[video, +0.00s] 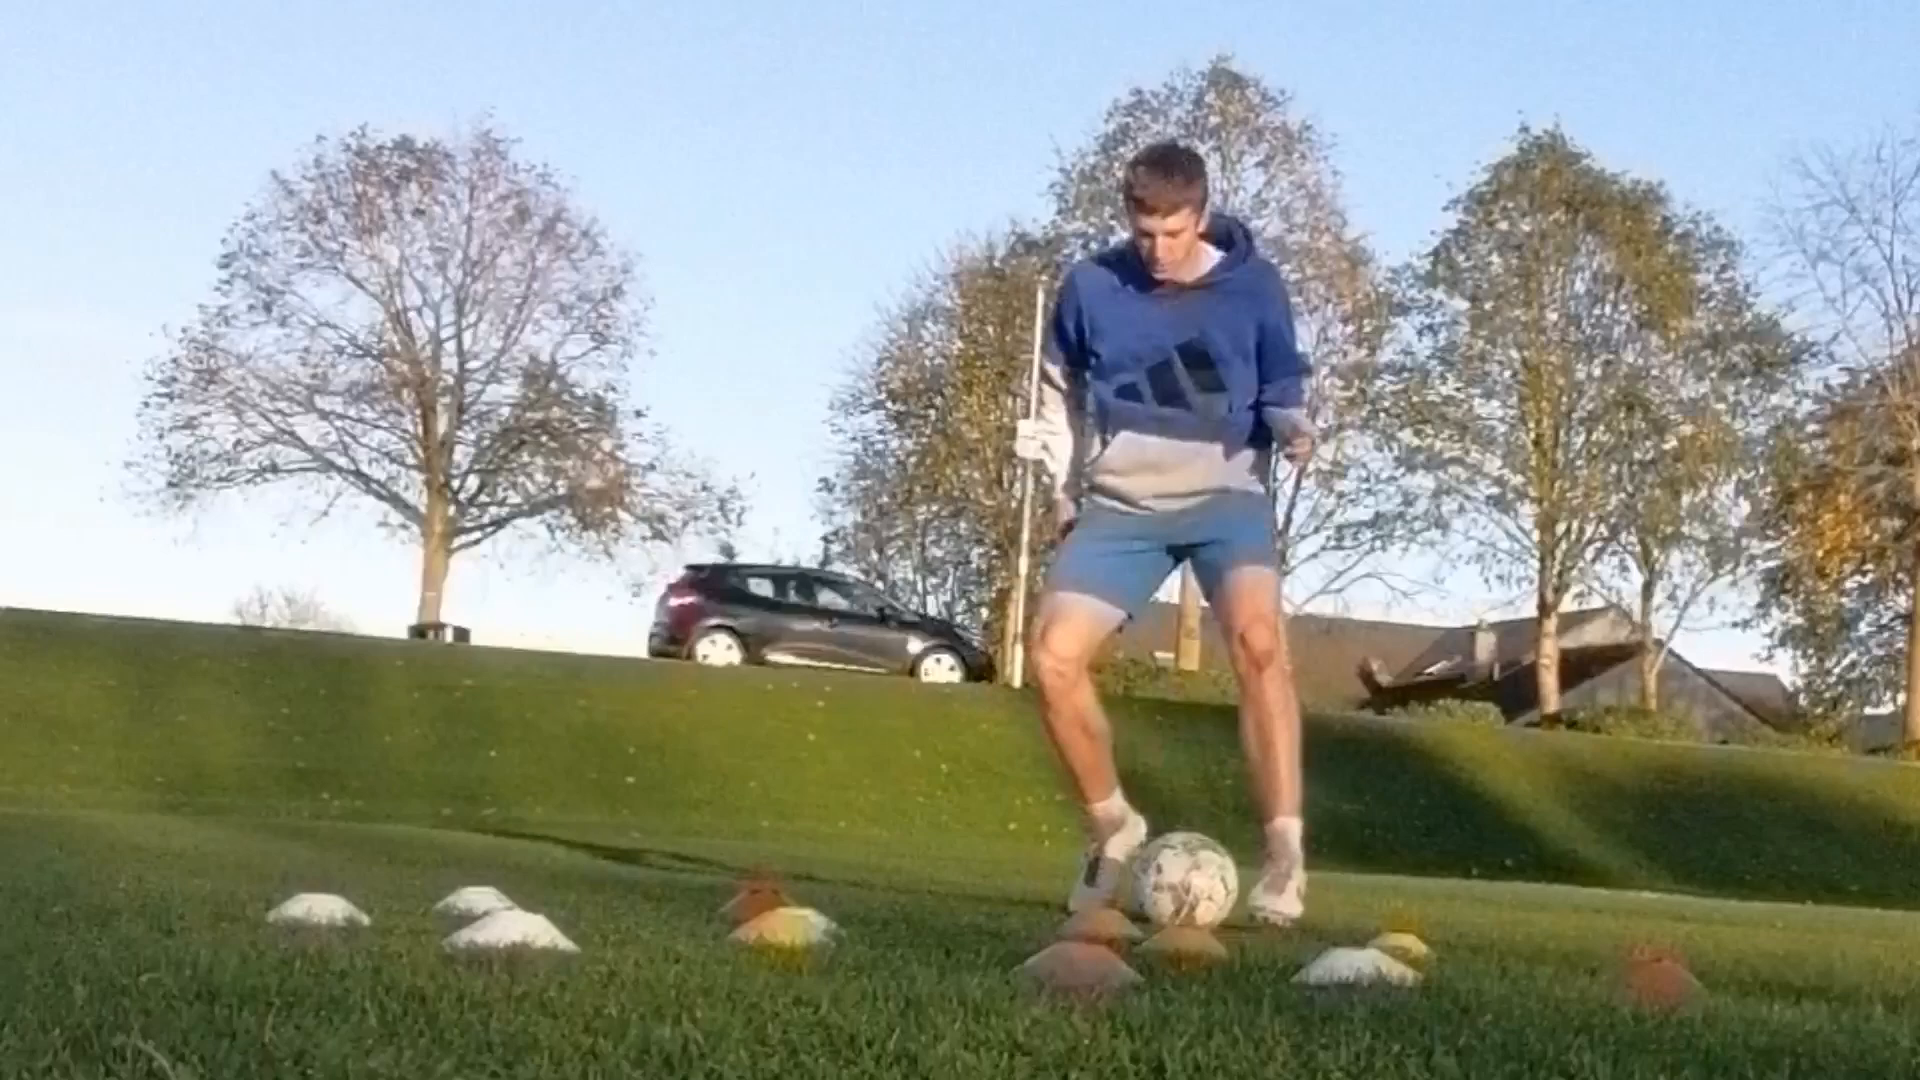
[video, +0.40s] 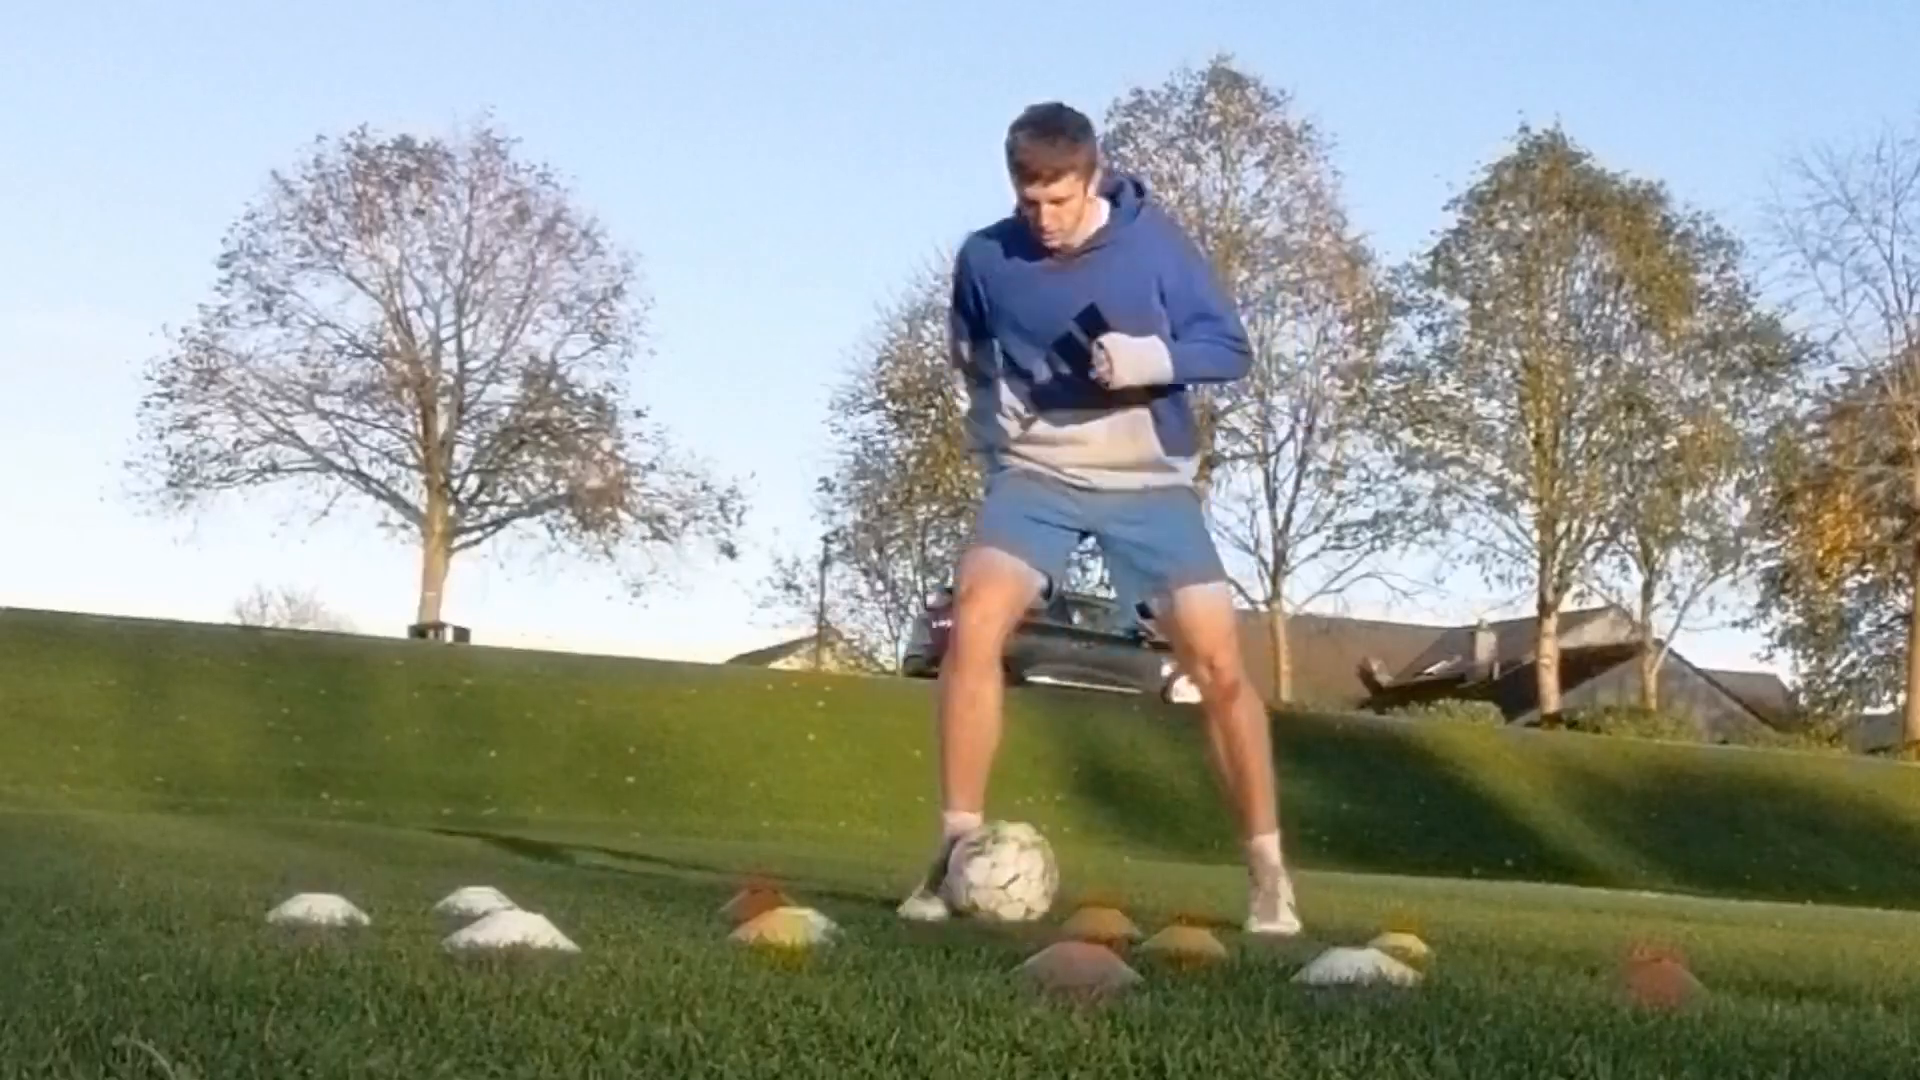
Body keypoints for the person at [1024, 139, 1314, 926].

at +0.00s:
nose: (1154, 243)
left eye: (1169, 229)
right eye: (1143, 227)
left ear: (1199, 213)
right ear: (1127, 212)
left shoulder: (1255, 285)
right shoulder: (1088, 288)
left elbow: (1283, 393)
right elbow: (1055, 394)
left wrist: (1292, 429)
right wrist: (1062, 487)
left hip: (1229, 507)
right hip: (1119, 511)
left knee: (1258, 642)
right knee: (1054, 656)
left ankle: (1283, 852)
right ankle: (1114, 827)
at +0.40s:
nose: (1046, 215)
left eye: (1063, 198)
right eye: (1032, 198)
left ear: (1095, 174)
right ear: (1014, 185)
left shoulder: (1152, 242)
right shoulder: (984, 258)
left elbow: (1227, 348)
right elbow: (974, 357)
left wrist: (1157, 358)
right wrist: (995, 446)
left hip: (1150, 490)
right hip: (1033, 483)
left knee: (1219, 665)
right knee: (973, 625)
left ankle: (1268, 868)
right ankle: (960, 851)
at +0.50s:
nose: (1019, 164)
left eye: (1036, 148)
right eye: (1005, 147)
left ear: (1064, 135)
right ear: (985, 132)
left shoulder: (1121, 220)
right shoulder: (935, 220)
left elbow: (1194, 319)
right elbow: (912, 325)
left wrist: (1163, 390)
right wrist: (944, 405)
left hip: (1094, 481)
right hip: (971, 486)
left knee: (1165, 632)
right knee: (955, 655)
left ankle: (1205, 847)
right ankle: (963, 874)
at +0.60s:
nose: (990, 146)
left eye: (1008, 131)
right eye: (978, 128)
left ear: (1039, 113)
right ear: (958, 107)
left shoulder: (1091, 190)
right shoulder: (904, 180)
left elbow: (1159, 269)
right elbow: (849, 290)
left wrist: (1147, 361)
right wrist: (852, 409)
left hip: (1036, 440)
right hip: (913, 437)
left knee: (1079, 602)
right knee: (870, 616)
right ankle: (882, 837)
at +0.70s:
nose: (945, 151)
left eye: (963, 136)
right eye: (932, 134)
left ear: (995, 114)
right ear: (912, 111)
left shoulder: (1045, 191)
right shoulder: (860, 182)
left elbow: (1085, 288)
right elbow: (794, 297)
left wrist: (1094, 362)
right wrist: (773, 411)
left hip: (987, 454)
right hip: (863, 441)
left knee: (990, 650)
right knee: (772, 586)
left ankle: (965, 867)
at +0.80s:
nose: (881, 167)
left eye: (901, 150)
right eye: (868, 147)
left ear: (933, 129)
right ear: (851, 124)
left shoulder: (987, 219)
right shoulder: (810, 198)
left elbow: (1057, 331)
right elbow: (756, 333)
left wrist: (1035, 371)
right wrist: (728, 453)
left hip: (916, 490)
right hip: (797, 464)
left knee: (930, 688)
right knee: (671, 577)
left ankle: (944, 883)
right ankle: (598, 806)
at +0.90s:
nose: (809, 138)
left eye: (829, 120)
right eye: (797, 118)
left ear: (863, 110)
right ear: (779, 107)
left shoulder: (912, 205)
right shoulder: (744, 178)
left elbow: (1015, 314)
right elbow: (703, 285)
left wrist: (946, 283)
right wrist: (675, 399)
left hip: (826, 482)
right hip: (707, 442)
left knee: (865, 684)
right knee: (574, 555)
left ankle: (923, 858)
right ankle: (529, 797)